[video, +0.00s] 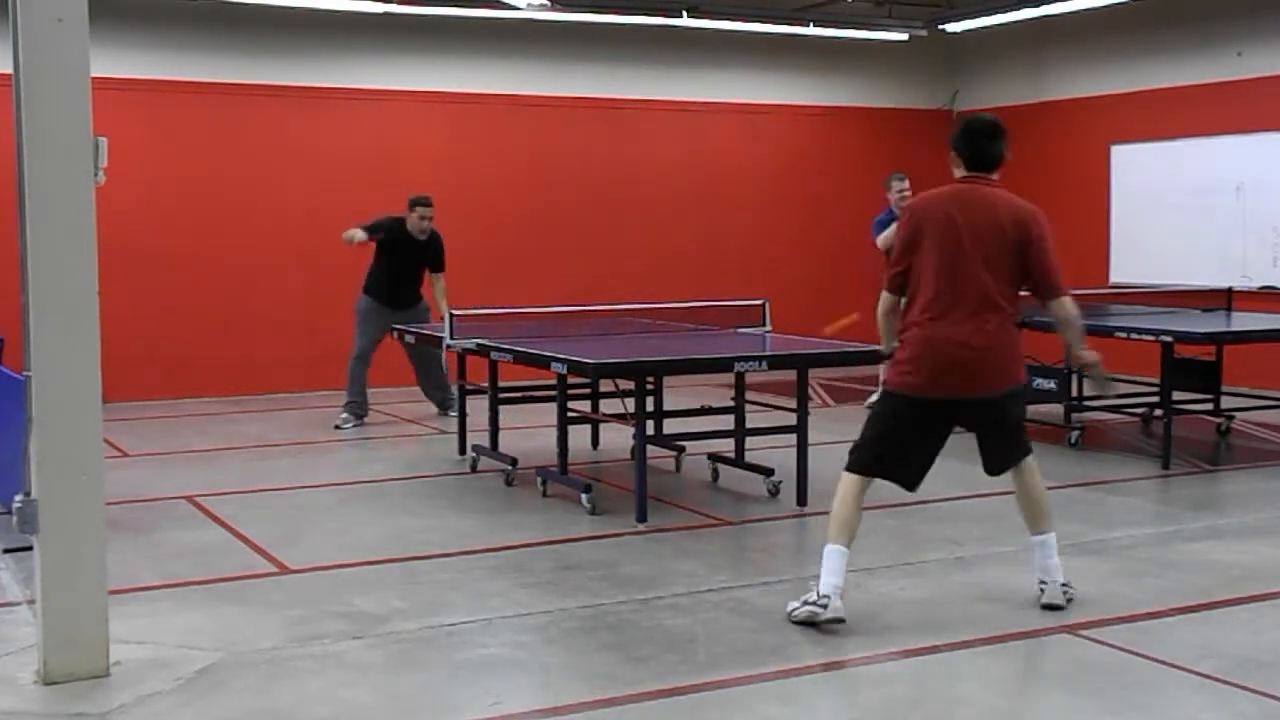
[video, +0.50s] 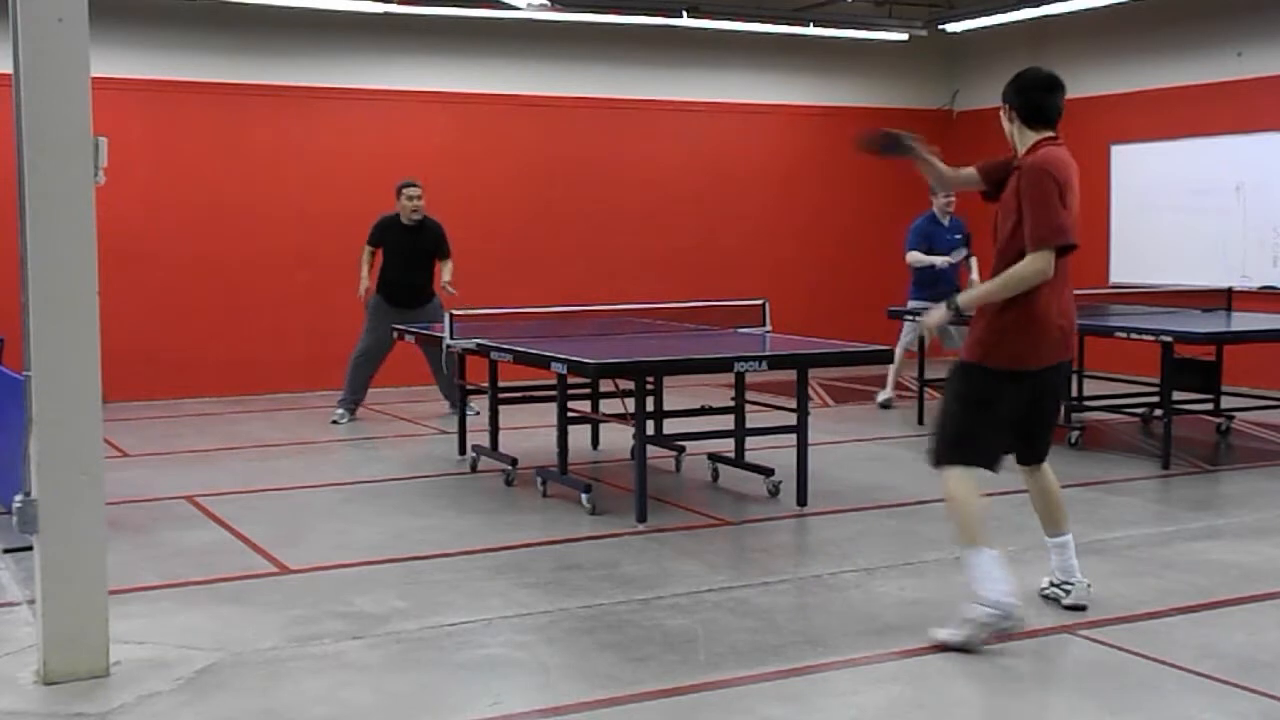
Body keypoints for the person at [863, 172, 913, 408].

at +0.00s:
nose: (905, 196)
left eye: (907, 191)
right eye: (899, 192)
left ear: (912, 192)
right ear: (888, 196)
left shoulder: (921, 215)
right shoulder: (882, 221)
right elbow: (882, 243)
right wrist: (907, 219)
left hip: (922, 281)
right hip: (896, 283)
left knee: (919, 331)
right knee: (891, 337)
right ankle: (884, 386)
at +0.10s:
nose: (912, 194)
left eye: (914, 189)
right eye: (906, 190)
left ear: (917, 191)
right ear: (893, 193)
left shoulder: (923, 215)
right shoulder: (887, 220)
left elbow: (931, 239)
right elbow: (885, 247)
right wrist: (912, 231)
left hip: (927, 286)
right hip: (900, 288)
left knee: (929, 336)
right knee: (893, 338)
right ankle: (885, 388)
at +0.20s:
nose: (920, 195)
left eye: (922, 190)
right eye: (915, 191)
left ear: (925, 193)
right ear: (901, 193)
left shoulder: (930, 219)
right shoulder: (894, 220)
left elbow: (942, 246)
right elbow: (892, 251)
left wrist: (914, 243)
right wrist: (923, 241)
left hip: (932, 291)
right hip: (902, 292)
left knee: (934, 343)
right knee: (891, 344)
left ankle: (937, 395)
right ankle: (883, 389)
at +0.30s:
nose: (931, 199)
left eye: (933, 194)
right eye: (926, 194)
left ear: (935, 197)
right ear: (912, 197)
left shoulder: (941, 227)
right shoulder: (902, 226)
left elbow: (948, 252)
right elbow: (900, 255)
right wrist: (931, 249)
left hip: (937, 297)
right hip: (908, 297)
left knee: (938, 350)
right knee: (895, 348)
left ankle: (937, 398)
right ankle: (884, 390)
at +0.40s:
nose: (943, 201)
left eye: (945, 196)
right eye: (938, 197)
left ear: (948, 199)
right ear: (926, 200)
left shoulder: (949, 225)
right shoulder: (915, 226)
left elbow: (959, 253)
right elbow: (906, 257)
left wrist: (965, 278)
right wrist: (936, 255)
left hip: (943, 295)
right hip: (915, 295)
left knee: (950, 346)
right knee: (900, 346)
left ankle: (950, 397)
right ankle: (884, 391)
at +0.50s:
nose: (950, 200)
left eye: (952, 196)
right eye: (945, 196)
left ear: (956, 199)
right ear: (933, 199)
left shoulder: (959, 226)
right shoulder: (921, 226)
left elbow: (969, 254)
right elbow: (911, 257)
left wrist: (974, 276)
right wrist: (937, 260)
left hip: (951, 297)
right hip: (922, 298)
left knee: (968, 345)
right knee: (906, 342)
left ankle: (973, 397)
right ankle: (889, 389)